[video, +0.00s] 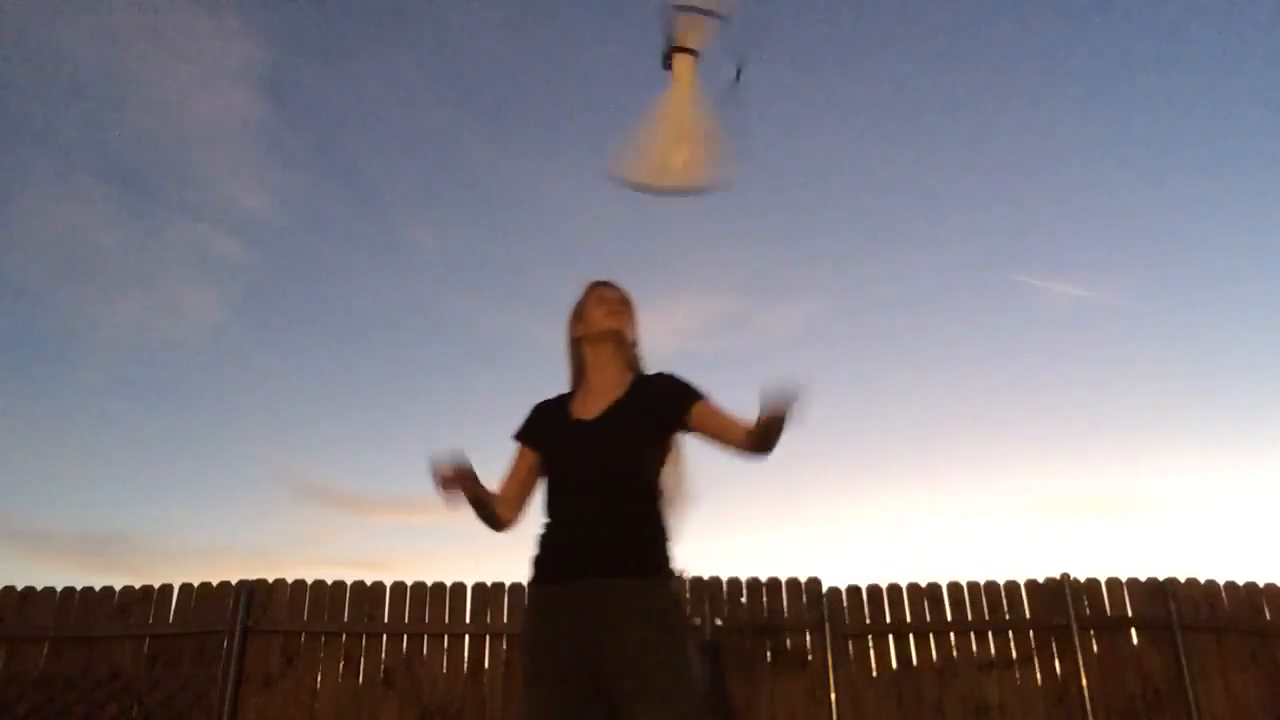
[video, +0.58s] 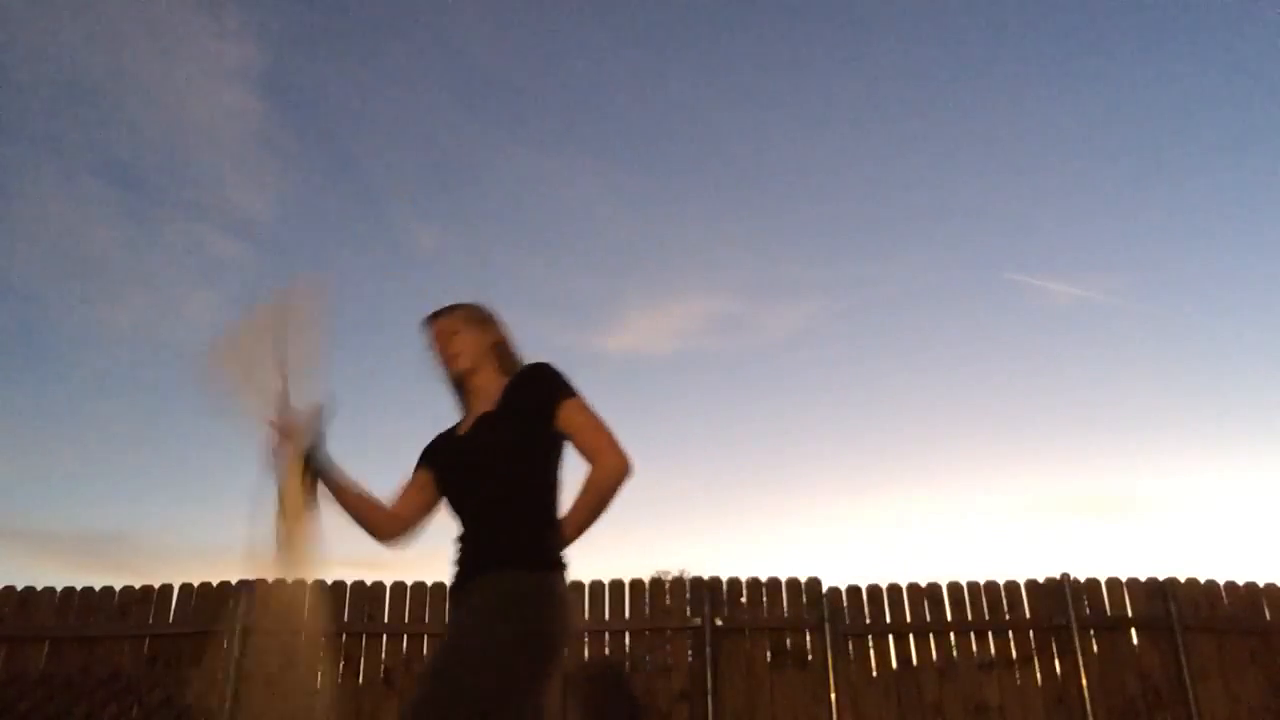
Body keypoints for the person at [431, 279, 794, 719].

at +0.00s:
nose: (610, 307)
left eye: (620, 305)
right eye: (598, 304)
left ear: (634, 330)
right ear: (576, 329)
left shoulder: (660, 394)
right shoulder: (549, 416)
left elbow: (754, 441)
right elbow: (502, 514)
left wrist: (773, 419)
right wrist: (471, 486)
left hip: (639, 592)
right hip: (559, 596)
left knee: (655, 706)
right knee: (556, 708)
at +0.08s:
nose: (591, 307)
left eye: (602, 305)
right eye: (578, 304)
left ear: (617, 331)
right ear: (558, 332)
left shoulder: (643, 394)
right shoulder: (534, 416)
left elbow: (722, 452)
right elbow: (473, 504)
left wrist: (745, 474)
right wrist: (453, 439)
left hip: (620, 593)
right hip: (542, 597)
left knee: (631, 704)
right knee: (540, 705)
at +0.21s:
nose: (561, 308)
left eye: (573, 303)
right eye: (548, 305)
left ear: (592, 331)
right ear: (533, 336)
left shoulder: (619, 391)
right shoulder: (514, 420)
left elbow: (701, 469)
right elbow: (429, 470)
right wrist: (441, 379)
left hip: (602, 595)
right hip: (525, 600)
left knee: (592, 708)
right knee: (519, 708)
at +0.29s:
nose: (543, 308)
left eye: (554, 302)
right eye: (530, 305)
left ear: (575, 330)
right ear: (515, 338)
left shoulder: (603, 387)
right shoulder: (500, 421)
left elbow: (679, 473)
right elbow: (405, 447)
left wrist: (638, 557)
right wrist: (429, 353)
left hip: (589, 585)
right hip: (520, 590)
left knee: (572, 705)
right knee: (515, 702)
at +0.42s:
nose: (521, 356)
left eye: (521, 342)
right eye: (509, 345)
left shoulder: (575, 381)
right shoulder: (480, 425)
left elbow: (644, 472)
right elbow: (372, 445)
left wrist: (591, 526)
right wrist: (378, 351)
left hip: (571, 597)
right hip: (510, 605)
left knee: (443, 707)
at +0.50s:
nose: (475, 324)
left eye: (487, 313)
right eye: (465, 322)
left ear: (516, 327)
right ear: (462, 344)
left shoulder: (554, 381)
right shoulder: (460, 433)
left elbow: (627, 467)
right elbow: (364, 478)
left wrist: (572, 529)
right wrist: (327, 395)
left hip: (553, 590)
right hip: (499, 600)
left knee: (451, 708)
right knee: (531, 712)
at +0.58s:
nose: (443, 349)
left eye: (453, 334)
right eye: (437, 344)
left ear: (491, 334)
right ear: (441, 358)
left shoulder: (534, 384)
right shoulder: (447, 447)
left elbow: (611, 464)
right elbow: (388, 526)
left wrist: (561, 534)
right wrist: (316, 458)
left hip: (531, 594)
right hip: (475, 601)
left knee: (440, 705)